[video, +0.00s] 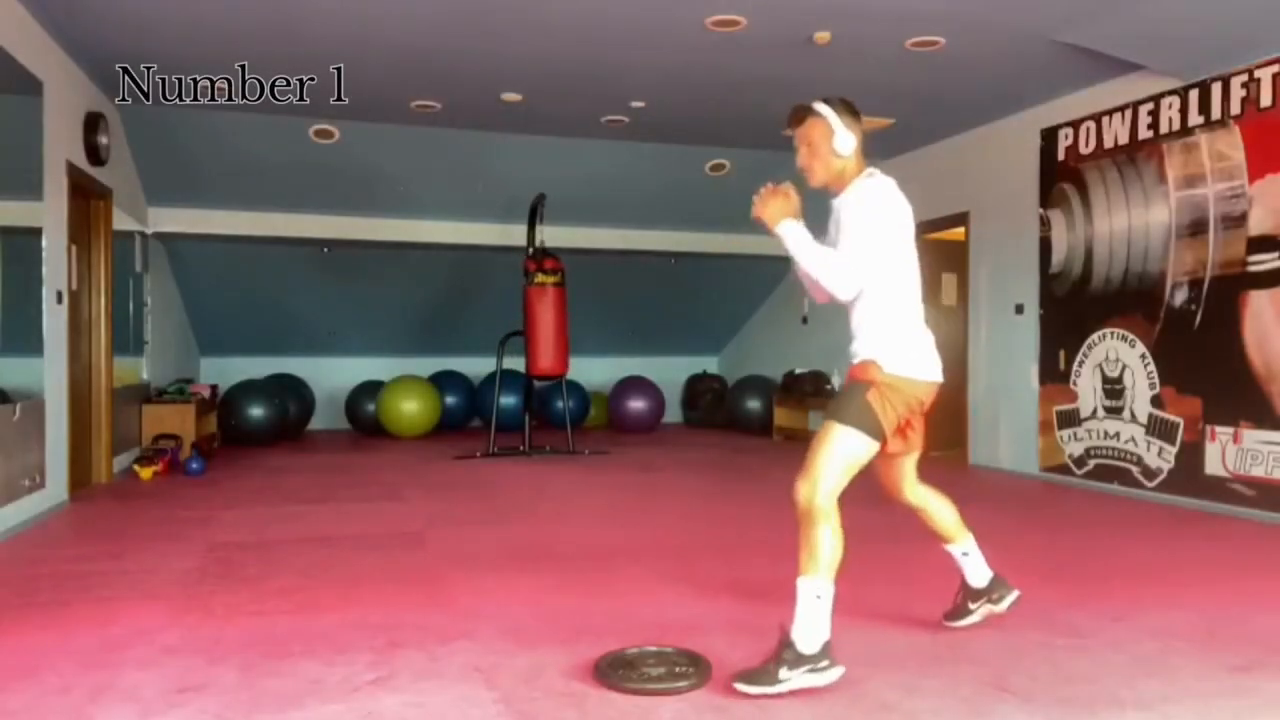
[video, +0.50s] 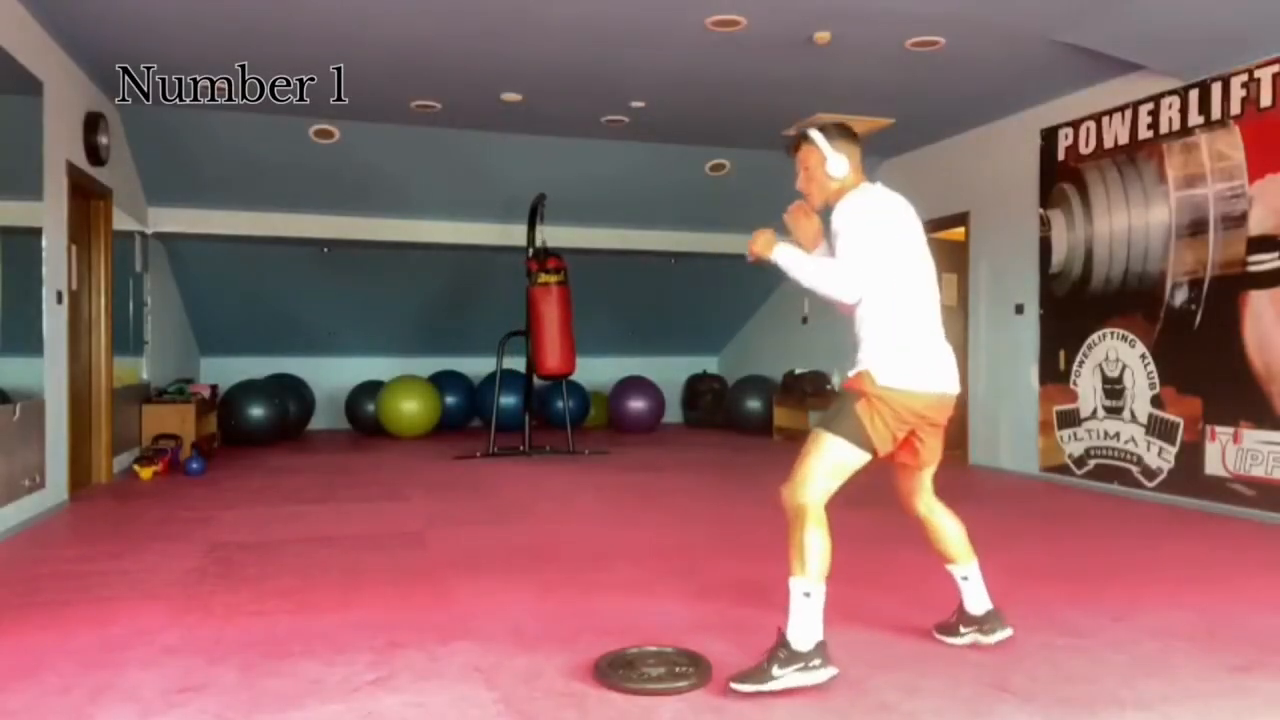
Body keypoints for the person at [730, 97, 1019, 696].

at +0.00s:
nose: (800, 159)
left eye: (807, 145)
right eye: (797, 147)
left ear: (841, 143)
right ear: (842, 148)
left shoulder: (864, 199)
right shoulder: (877, 196)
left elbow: (842, 282)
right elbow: (827, 289)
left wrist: (788, 225)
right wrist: (792, 232)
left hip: (888, 368)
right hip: (911, 368)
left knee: (815, 491)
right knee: (904, 483)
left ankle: (808, 649)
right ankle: (985, 584)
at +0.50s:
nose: (801, 180)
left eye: (806, 167)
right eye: (799, 169)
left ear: (832, 162)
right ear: (850, 161)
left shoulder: (855, 210)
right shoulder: (897, 206)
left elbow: (849, 286)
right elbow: (870, 290)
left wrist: (781, 254)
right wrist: (815, 247)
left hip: (890, 384)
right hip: (936, 385)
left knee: (803, 495)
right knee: (921, 498)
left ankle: (803, 648)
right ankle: (982, 612)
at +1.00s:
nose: (785, 195)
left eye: (793, 181)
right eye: (782, 183)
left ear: (830, 176)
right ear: (795, 184)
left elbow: (859, 332)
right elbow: (790, 327)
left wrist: (799, 258)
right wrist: (761, 266)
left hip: (896, 402)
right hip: (871, 400)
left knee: (793, 514)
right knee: (884, 519)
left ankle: (807, 676)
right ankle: (981, 609)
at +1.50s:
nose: (821, 183)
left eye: (825, 170)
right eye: (820, 171)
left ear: (852, 166)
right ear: (870, 165)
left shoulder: (888, 205)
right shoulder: (914, 204)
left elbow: (827, 266)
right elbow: (887, 311)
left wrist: (825, 196)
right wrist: (848, 226)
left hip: (935, 369)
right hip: (967, 371)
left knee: (842, 474)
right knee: (931, 479)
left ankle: (853, 629)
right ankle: (989, 596)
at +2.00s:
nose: (832, 154)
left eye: (838, 142)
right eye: (831, 143)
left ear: (871, 138)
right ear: (877, 142)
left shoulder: (893, 185)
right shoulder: (909, 186)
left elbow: (881, 268)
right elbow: (866, 282)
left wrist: (829, 204)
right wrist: (837, 212)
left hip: (921, 353)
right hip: (953, 355)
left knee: (837, 469)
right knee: (944, 476)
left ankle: (864, 621)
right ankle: (994, 588)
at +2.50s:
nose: (818, 153)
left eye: (823, 140)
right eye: (817, 142)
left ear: (854, 135)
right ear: (869, 137)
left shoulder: (869, 186)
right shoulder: (905, 183)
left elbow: (851, 267)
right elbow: (869, 269)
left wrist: (804, 207)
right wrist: (829, 205)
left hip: (907, 358)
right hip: (947, 360)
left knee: (830, 480)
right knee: (919, 467)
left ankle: (852, 636)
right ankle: (981, 582)